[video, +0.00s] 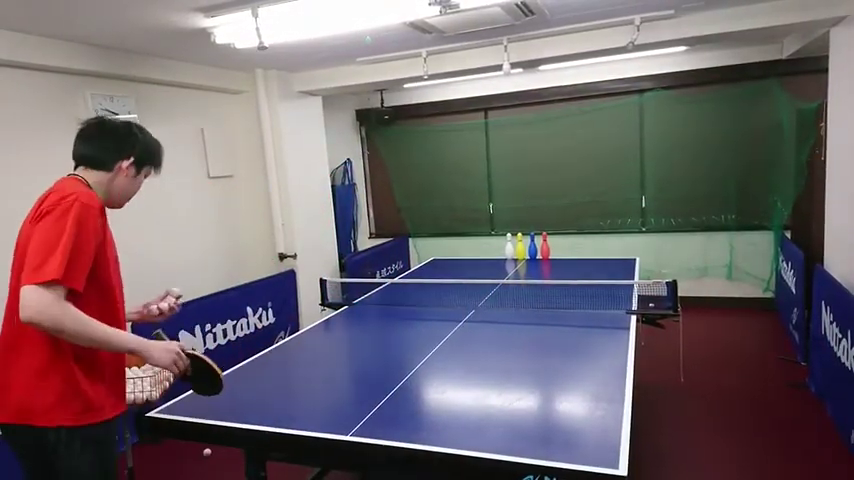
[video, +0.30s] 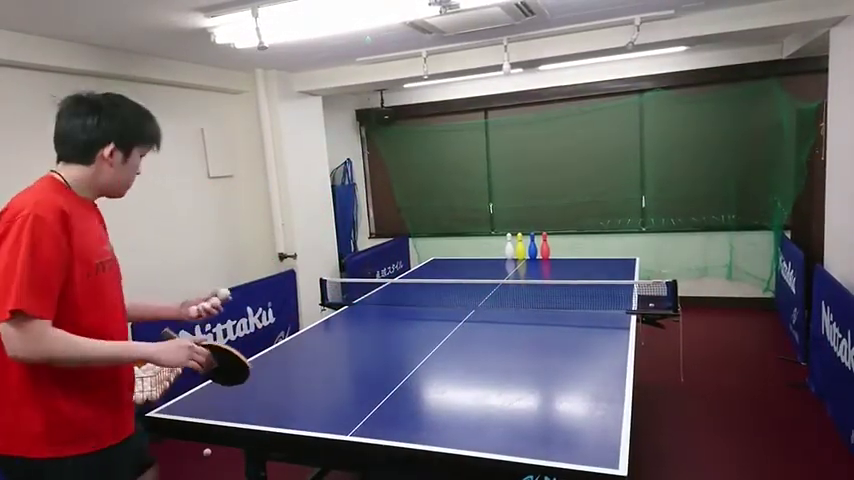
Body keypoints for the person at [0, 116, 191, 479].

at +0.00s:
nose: (137, 191)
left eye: (144, 181)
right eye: (142, 179)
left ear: (87, 157)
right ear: (125, 167)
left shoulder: (65, 197)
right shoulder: (76, 203)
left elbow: (68, 310)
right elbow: (38, 306)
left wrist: (137, 314)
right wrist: (145, 348)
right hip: (62, 418)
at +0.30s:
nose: (139, 172)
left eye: (142, 160)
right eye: (139, 158)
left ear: (106, 156)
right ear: (109, 154)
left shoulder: (83, 209)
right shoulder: (37, 214)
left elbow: (93, 307)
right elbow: (23, 339)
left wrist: (178, 311)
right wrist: (150, 352)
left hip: (103, 439)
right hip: (55, 454)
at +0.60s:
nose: (167, 171)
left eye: (168, 159)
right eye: (163, 158)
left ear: (125, 157)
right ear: (125, 156)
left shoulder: (126, 207)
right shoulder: (37, 225)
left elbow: (144, 296)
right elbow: (45, 349)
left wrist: (227, 312)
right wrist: (175, 345)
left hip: (144, 431)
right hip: (74, 459)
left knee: (179, 473)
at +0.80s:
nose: (200, 178)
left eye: (203, 167)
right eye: (196, 165)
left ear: (157, 158)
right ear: (156, 156)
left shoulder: (168, 210)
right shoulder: (70, 219)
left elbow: (196, 292)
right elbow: (81, 344)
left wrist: (270, 319)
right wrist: (205, 344)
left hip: (170, 422)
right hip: (99, 449)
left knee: (200, 472)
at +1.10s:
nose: (248, 195)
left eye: (251, 186)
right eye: (245, 183)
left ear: (208, 168)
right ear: (207, 166)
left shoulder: (213, 214)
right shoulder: (117, 216)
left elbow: (231, 293)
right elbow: (126, 338)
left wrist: (283, 329)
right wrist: (246, 343)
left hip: (182, 415)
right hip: (114, 432)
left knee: (204, 472)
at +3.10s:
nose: (254, 220)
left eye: (260, 210)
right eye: (254, 207)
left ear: (218, 191)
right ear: (217, 189)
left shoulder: (217, 229)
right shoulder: (124, 239)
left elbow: (236, 311)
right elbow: (143, 360)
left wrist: (303, 348)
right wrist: (252, 379)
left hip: (172, 424)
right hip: (103, 445)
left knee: (196, 469)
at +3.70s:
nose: (252, 222)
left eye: (258, 212)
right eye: (250, 210)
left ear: (211, 193)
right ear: (211, 192)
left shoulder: (218, 233)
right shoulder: (110, 241)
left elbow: (238, 312)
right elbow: (105, 364)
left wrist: (312, 357)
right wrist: (218, 402)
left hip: (171, 427)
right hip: (98, 449)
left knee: (198, 472)